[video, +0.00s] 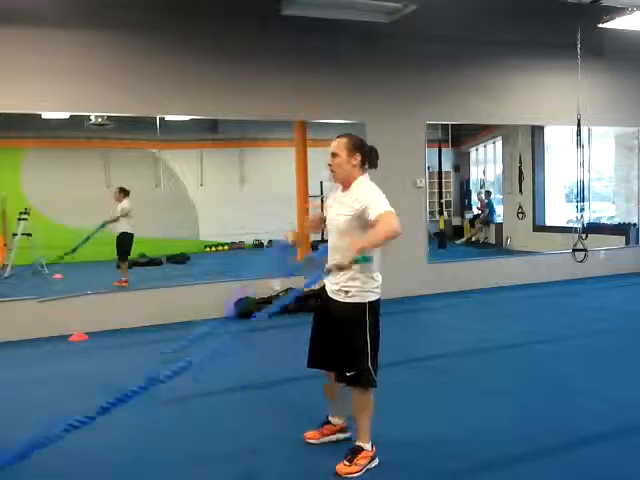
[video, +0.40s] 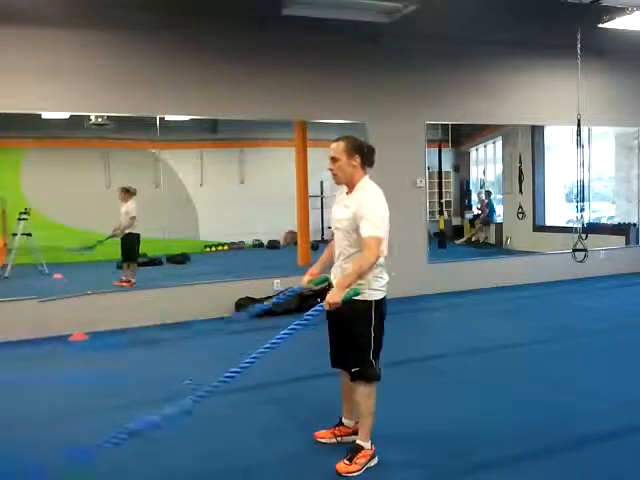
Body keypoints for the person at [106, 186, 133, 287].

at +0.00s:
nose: (115, 196)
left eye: (116, 194)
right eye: (115, 194)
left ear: (122, 194)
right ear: (121, 195)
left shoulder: (125, 204)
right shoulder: (121, 205)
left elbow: (120, 216)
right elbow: (118, 217)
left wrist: (109, 221)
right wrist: (109, 221)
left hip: (125, 232)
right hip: (122, 232)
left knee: (123, 258)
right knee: (122, 258)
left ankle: (124, 279)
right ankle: (124, 278)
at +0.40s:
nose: (120, 196)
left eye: (122, 194)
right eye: (120, 194)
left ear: (127, 194)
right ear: (125, 195)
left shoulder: (131, 204)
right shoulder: (124, 205)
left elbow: (132, 219)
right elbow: (123, 221)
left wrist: (122, 230)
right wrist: (116, 229)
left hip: (132, 233)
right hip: (125, 233)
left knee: (132, 259)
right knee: (125, 258)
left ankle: (131, 278)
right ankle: (125, 277)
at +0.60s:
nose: (122, 195)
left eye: (123, 193)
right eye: (122, 193)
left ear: (129, 194)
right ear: (126, 194)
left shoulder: (132, 204)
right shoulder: (125, 204)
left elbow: (132, 219)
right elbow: (124, 220)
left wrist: (123, 230)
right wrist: (117, 227)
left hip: (133, 233)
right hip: (126, 233)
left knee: (132, 258)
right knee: (123, 258)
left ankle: (131, 278)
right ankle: (125, 277)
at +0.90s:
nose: (121, 195)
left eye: (123, 193)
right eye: (121, 193)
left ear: (128, 194)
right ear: (127, 194)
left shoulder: (130, 204)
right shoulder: (125, 204)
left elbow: (129, 218)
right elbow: (123, 219)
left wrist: (119, 230)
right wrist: (117, 228)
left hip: (129, 233)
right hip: (125, 233)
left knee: (125, 258)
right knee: (124, 258)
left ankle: (126, 278)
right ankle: (125, 278)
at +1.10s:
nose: (121, 195)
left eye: (123, 193)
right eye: (121, 193)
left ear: (128, 194)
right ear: (126, 194)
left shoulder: (130, 204)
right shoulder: (125, 204)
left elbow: (129, 218)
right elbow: (127, 218)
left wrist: (120, 227)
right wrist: (120, 228)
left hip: (130, 233)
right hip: (126, 233)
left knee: (125, 258)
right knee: (123, 258)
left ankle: (126, 278)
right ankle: (125, 278)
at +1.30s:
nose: (121, 201)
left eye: (123, 199)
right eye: (121, 199)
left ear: (128, 200)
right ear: (128, 200)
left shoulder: (130, 210)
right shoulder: (127, 210)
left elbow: (130, 223)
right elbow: (129, 224)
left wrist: (119, 232)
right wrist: (120, 233)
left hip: (131, 238)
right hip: (127, 238)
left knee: (121, 259)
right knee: (123, 260)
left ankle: (125, 279)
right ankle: (124, 279)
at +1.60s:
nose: (125, 194)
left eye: (127, 192)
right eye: (125, 192)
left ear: (131, 193)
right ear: (133, 193)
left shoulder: (134, 201)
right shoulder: (132, 202)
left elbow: (124, 202)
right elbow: (122, 202)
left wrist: (112, 202)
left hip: (132, 231)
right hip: (132, 230)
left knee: (127, 256)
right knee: (128, 255)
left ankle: (127, 279)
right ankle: (127, 278)